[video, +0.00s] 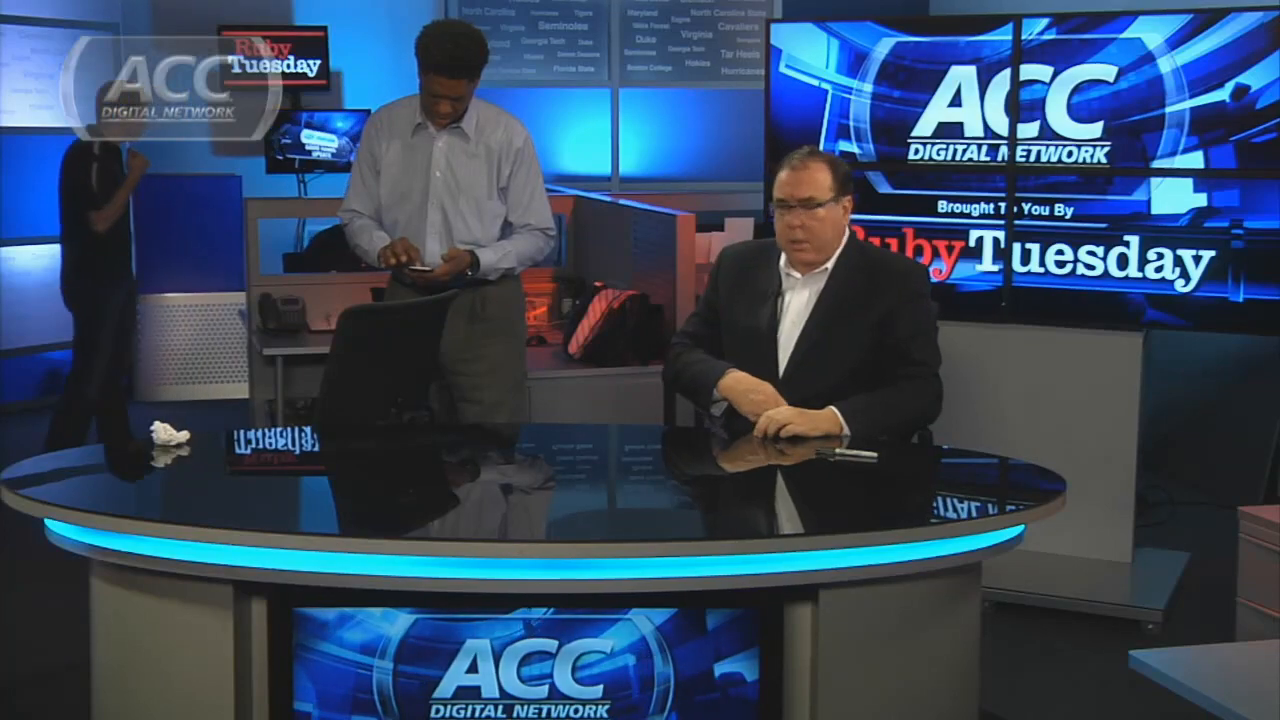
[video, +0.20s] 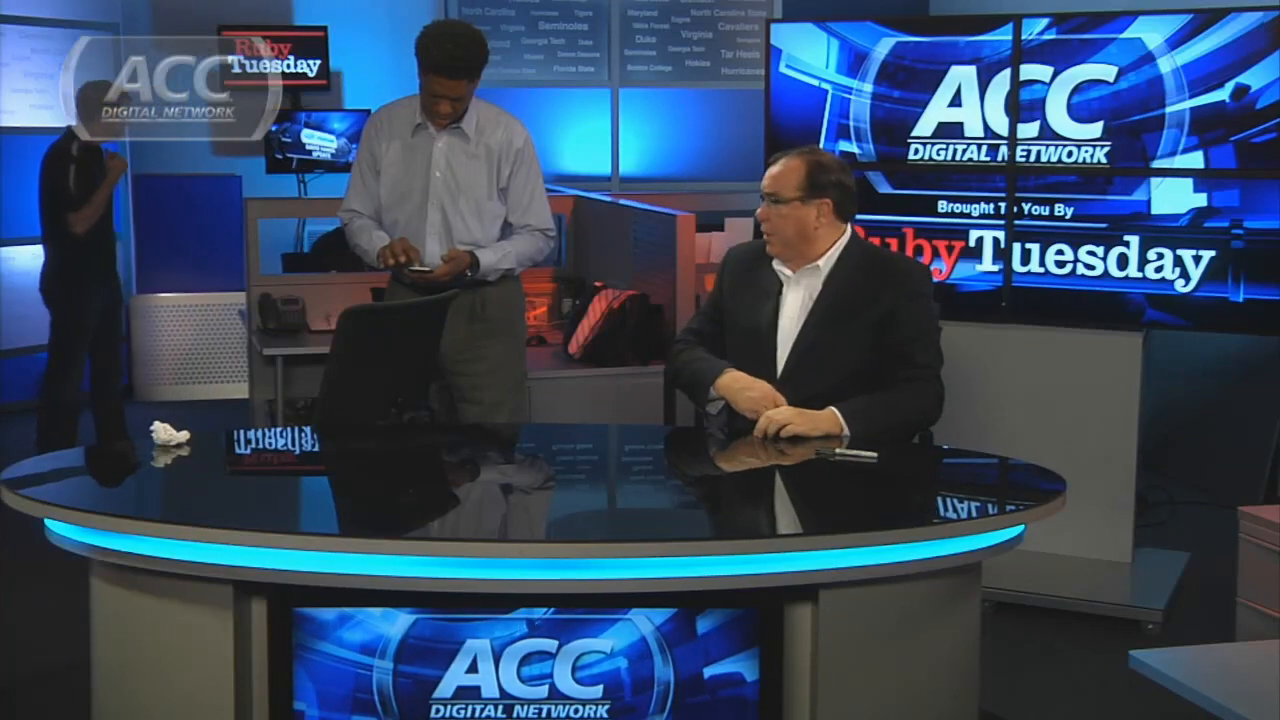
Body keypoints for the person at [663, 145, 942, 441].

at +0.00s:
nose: (795, 222)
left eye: (811, 206)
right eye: (784, 206)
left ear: (846, 208)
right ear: (772, 209)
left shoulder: (897, 280)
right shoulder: (738, 266)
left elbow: (921, 393)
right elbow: (683, 355)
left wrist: (832, 419)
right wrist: (729, 381)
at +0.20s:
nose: (760, 213)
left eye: (774, 201)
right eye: (763, 200)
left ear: (823, 212)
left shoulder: (900, 280)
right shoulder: (744, 265)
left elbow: (924, 395)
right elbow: (687, 352)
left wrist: (834, 419)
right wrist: (729, 381)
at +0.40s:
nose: (756, 207)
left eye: (767, 195)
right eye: (759, 194)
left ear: (809, 206)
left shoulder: (896, 275)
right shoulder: (752, 263)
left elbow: (924, 391)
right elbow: (699, 349)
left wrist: (830, 419)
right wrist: (721, 382)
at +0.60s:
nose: (758, 208)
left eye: (766, 195)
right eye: (761, 195)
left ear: (803, 203)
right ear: (801, 204)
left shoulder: (893, 274)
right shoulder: (765, 263)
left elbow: (924, 390)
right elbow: (725, 343)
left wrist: (831, 417)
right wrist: (710, 381)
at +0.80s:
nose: (766, 212)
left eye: (771, 201)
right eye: (767, 201)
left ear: (802, 209)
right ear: (800, 209)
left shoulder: (887, 276)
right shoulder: (783, 269)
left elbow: (923, 389)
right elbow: (754, 351)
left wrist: (832, 418)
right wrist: (717, 394)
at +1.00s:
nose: (772, 213)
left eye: (777, 203)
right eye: (774, 203)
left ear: (806, 214)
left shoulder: (885, 276)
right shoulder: (797, 270)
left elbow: (915, 389)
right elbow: (766, 356)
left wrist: (833, 419)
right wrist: (718, 404)